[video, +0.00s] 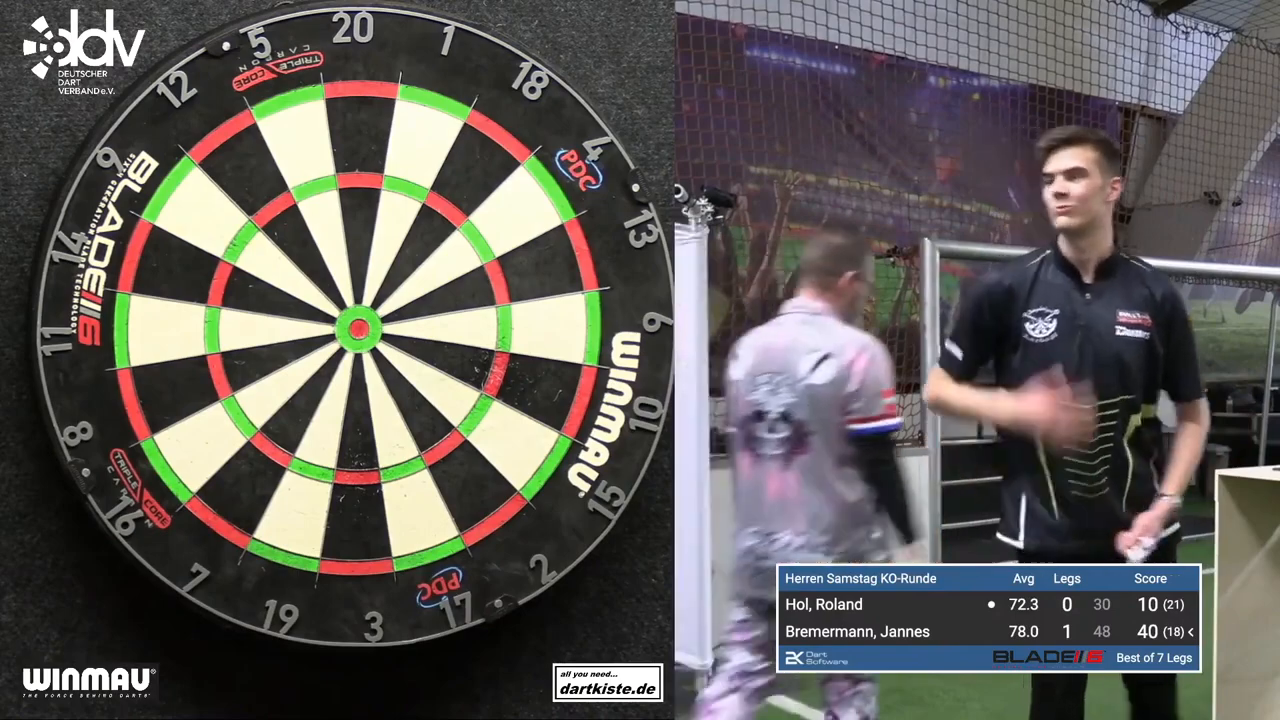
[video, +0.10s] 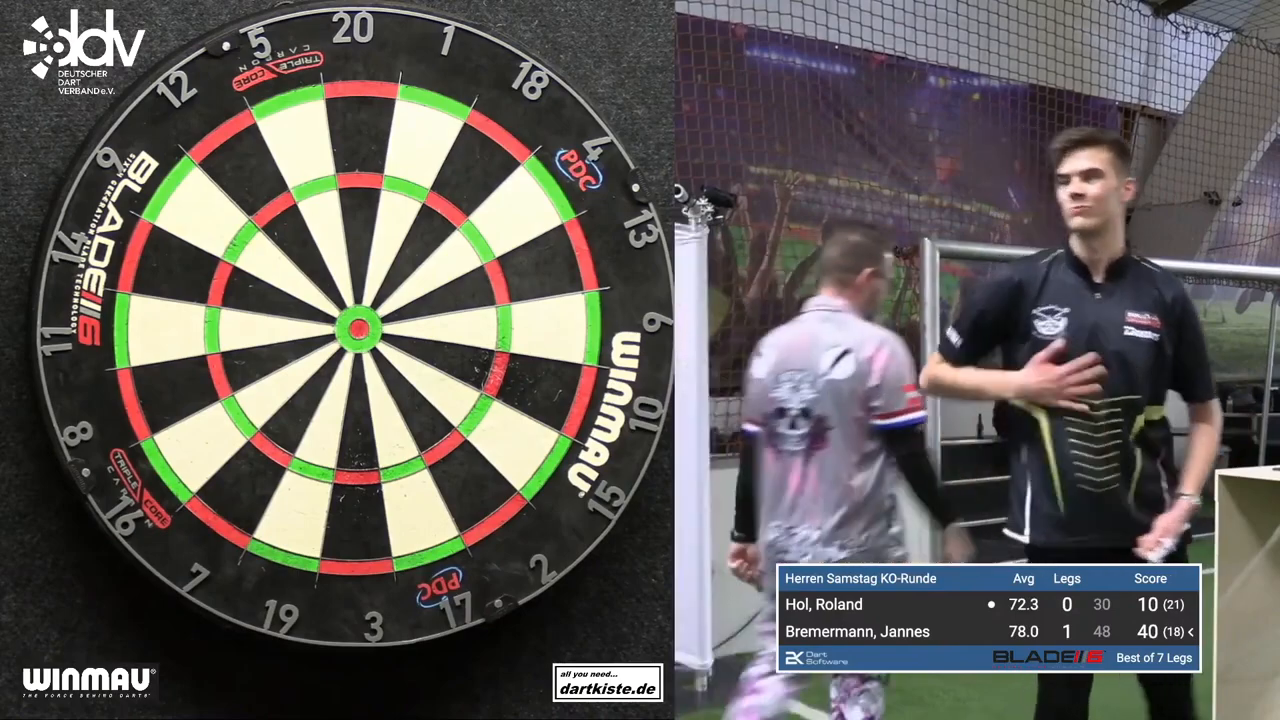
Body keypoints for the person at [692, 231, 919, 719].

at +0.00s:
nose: (866, 293)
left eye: (866, 283)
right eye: (865, 282)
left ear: (805, 278)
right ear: (847, 281)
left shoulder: (747, 347)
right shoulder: (859, 351)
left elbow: (737, 446)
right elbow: (878, 458)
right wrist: (909, 535)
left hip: (759, 542)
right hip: (838, 548)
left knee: (741, 672)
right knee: (850, 681)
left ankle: (712, 715)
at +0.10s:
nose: (883, 291)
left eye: (885, 279)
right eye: (883, 279)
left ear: (824, 274)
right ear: (867, 278)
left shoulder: (770, 347)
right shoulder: (879, 348)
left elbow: (750, 451)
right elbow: (909, 453)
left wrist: (746, 532)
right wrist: (950, 522)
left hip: (783, 547)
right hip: (860, 550)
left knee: (776, 663)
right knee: (859, 675)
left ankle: (746, 714)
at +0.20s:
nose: (911, 290)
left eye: (912, 280)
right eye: (910, 279)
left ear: (852, 274)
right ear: (893, 277)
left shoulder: (803, 346)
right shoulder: (904, 346)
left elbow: (772, 445)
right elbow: (948, 443)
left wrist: (750, 525)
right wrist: (994, 503)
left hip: (812, 543)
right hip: (882, 546)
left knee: (823, 666)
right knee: (874, 673)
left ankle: (813, 713)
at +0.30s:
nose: (930, 293)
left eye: (931, 283)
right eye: (928, 281)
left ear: (872, 277)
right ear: (907, 278)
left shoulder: (821, 347)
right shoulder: (917, 345)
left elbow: (791, 442)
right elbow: (966, 438)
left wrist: (767, 523)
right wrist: (1017, 496)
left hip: (831, 541)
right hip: (898, 543)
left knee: (861, 665)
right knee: (883, 671)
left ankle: (860, 714)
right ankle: (862, 714)